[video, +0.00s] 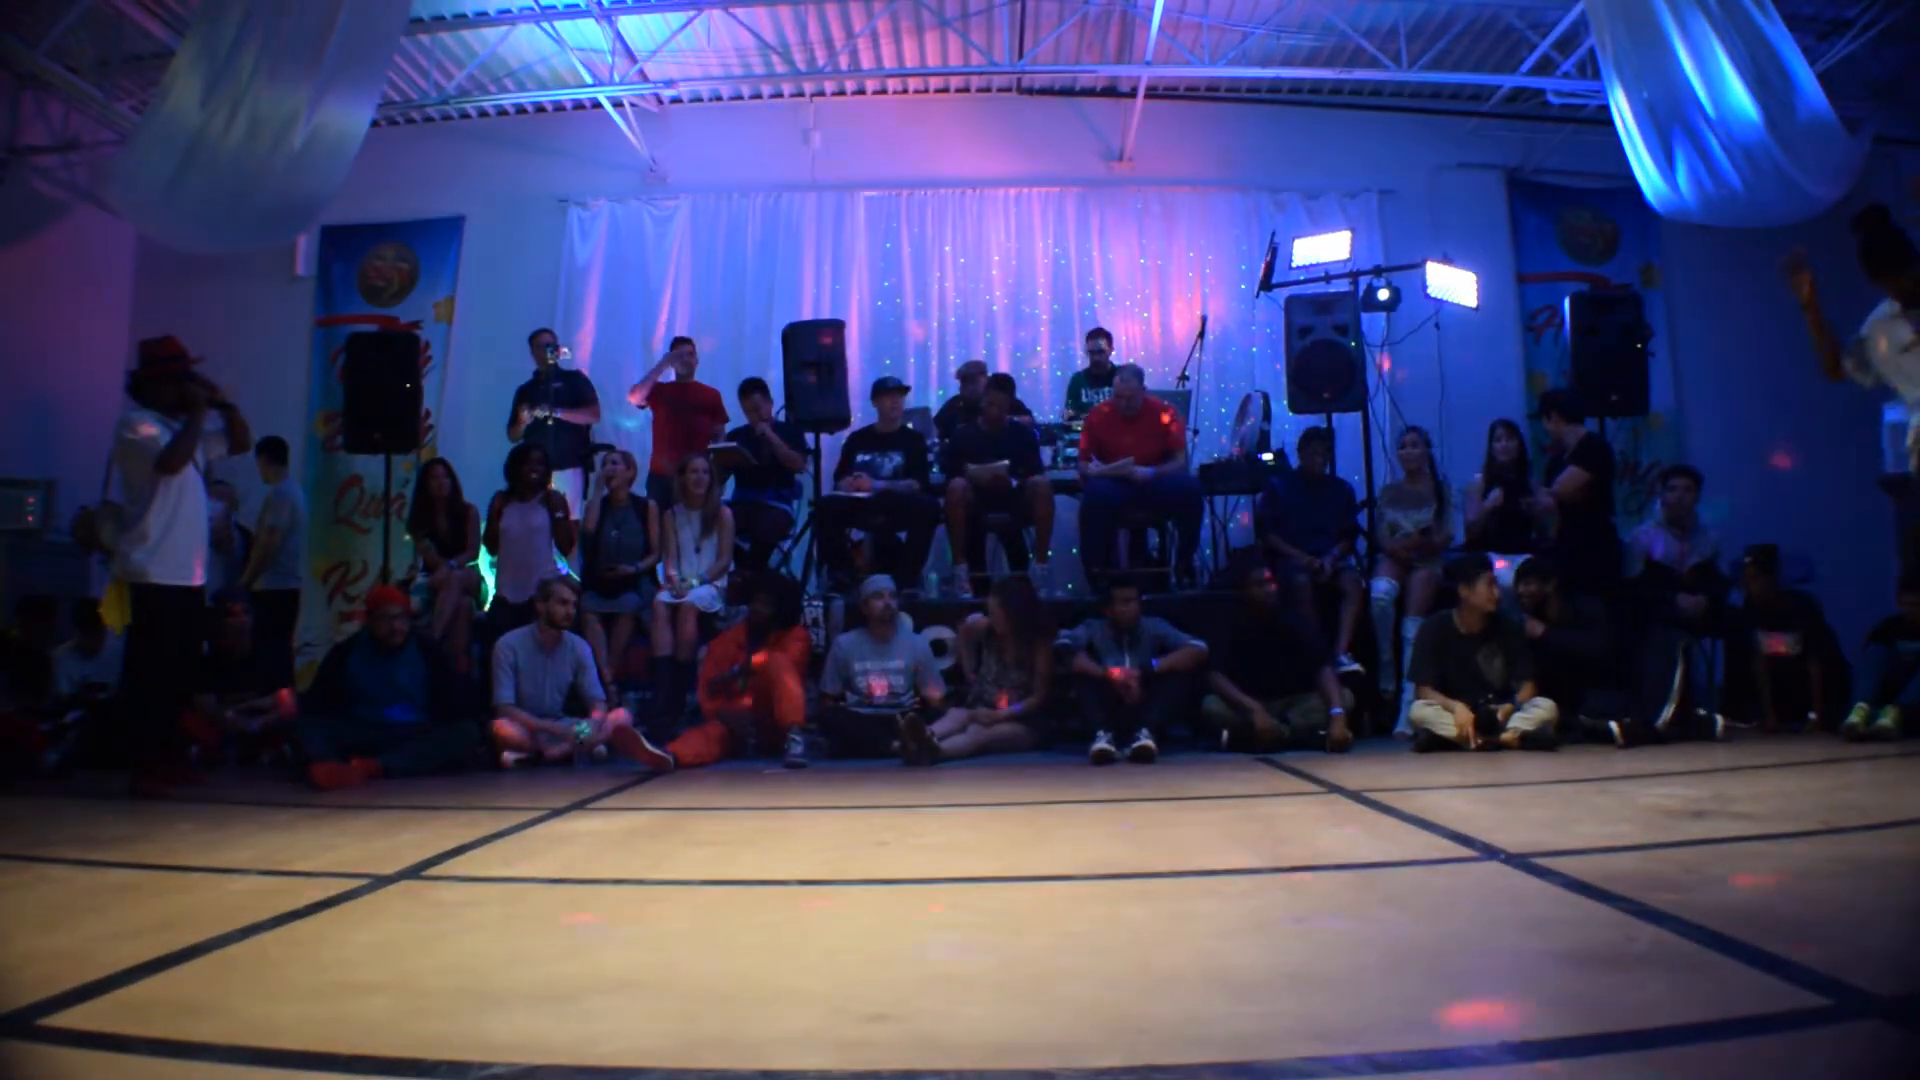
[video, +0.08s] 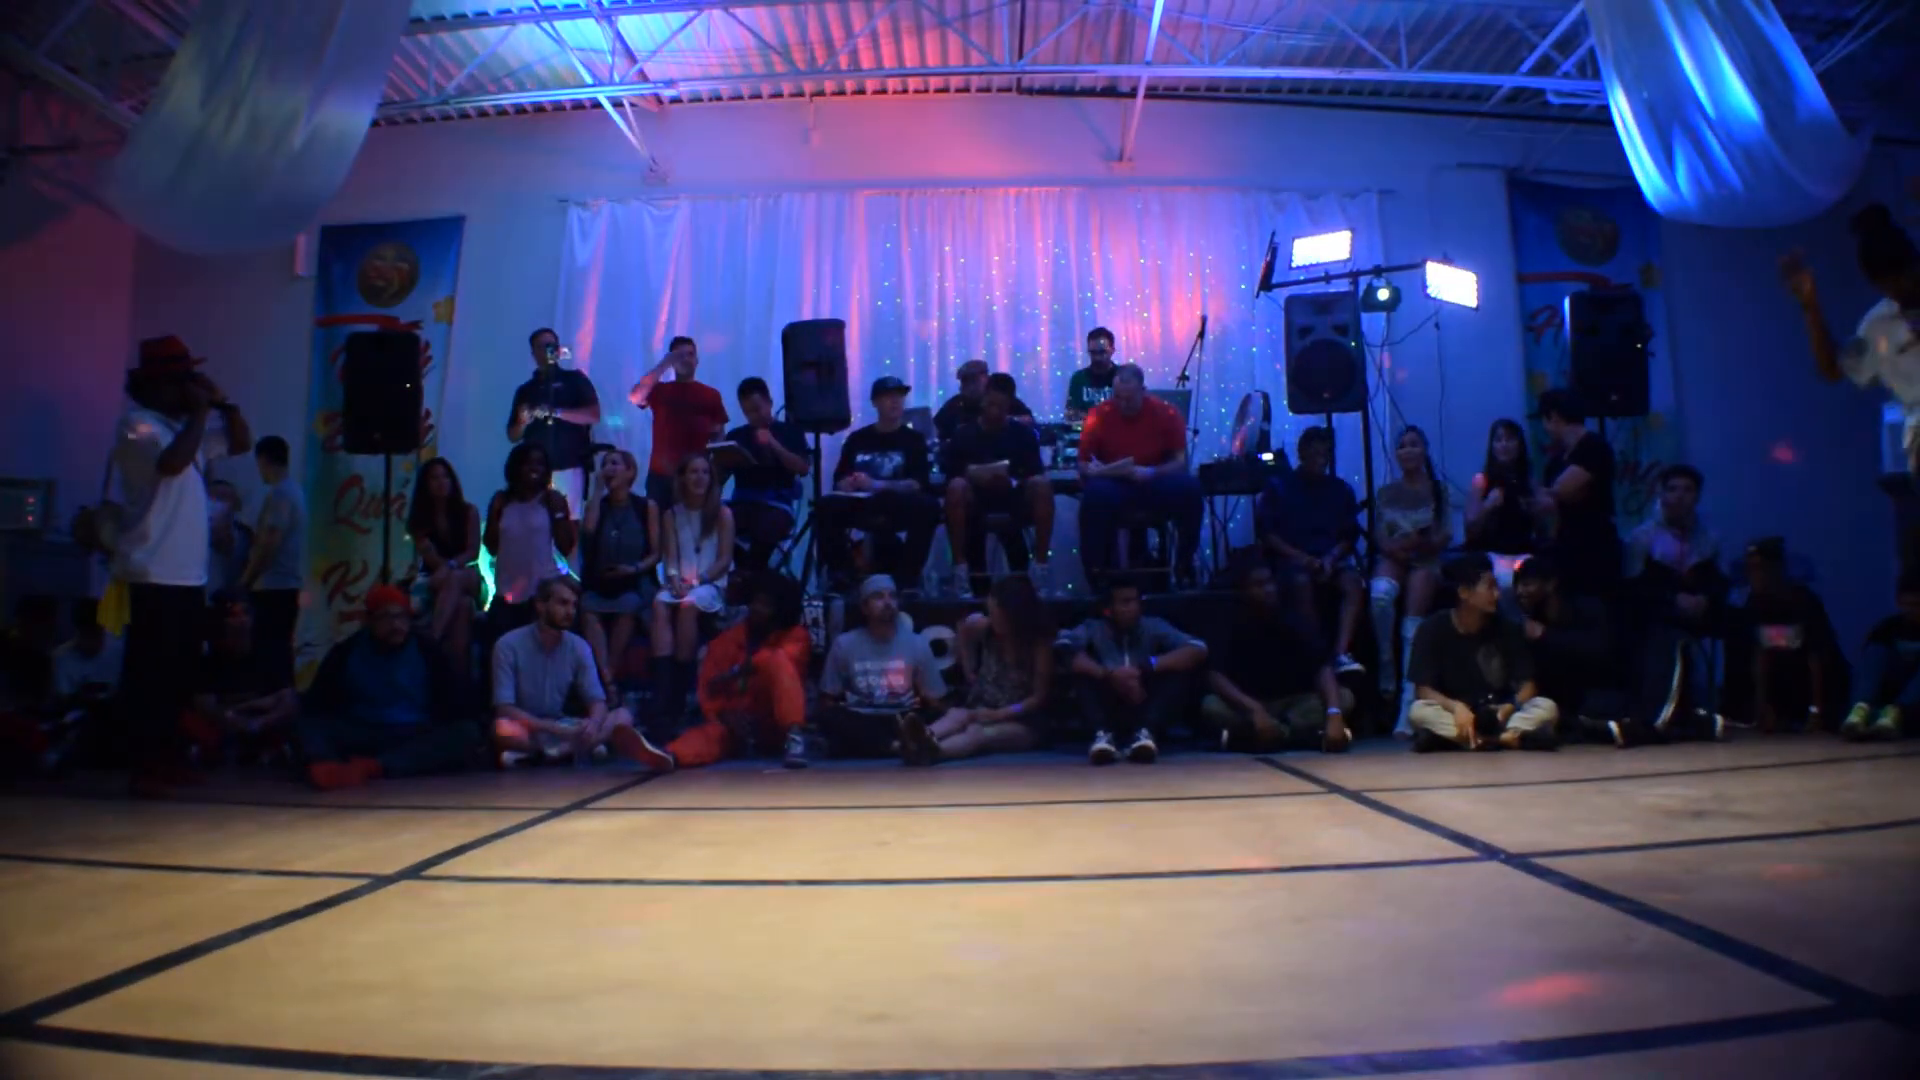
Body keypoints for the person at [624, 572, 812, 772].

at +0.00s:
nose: (756, 611)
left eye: (765, 605)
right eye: (755, 603)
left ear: (782, 610)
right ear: (749, 604)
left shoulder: (795, 636)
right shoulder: (727, 642)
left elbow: (785, 662)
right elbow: (709, 703)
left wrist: (747, 667)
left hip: (772, 721)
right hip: (736, 723)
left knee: (776, 662)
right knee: (712, 734)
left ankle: (794, 737)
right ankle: (670, 755)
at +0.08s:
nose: (756, 611)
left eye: (765, 606)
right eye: (754, 603)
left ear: (782, 611)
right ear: (749, 604)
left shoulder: (795, 636)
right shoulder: (728, 642)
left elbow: (784, 658)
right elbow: (708, 694)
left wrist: (746, 669)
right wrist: (726, 716)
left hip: (773, 719)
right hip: (737, 721)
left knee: (773, 659)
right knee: (710, 735)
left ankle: (794, 737)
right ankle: (670, 756)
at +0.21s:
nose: (756, 611)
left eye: (765, 605)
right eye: (755, 603)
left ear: (782, 610)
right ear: (749, 604)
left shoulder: (795, 636)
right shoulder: (726, 642)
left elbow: (783, 665)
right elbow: (708, 699)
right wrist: (726, 711)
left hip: (771, 718)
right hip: (735, 720)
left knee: (774, 661)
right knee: (712, 735)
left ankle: (794, 737)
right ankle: (670, 755)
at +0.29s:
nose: (756, 610)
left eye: (765, 605)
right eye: (755, 603)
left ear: (782, 610)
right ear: (749, 604)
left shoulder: (794, 637)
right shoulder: (726, 643)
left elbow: (784, 670)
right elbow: (709, 701)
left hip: (771, 721)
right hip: (735, 722)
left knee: (775, 662)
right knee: (711, 735)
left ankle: (794, 738)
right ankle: (670, 756)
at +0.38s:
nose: (757, 611)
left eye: (766, 605)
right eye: (755, 604)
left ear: (782, 610)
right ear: (749, 605)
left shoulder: (795, 637)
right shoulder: (726, 643)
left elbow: (782, 669)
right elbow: (709, 703)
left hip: (773, 720)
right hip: (736, 721)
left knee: (775, 661)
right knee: (712, 735)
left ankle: (795, 737)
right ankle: (670, 756)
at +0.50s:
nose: (760, 612)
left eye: (768, 606)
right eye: (756, 604)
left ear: (784, 611)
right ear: (749, 605)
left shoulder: (795, 637)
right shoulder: (725, 644)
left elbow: (784, 665)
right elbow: (709, 703)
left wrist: (743, 670)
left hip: (773, 721)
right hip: (736, 722)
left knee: (775, 661)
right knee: (711, 734)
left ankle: (794, 737)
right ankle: (670, 756)